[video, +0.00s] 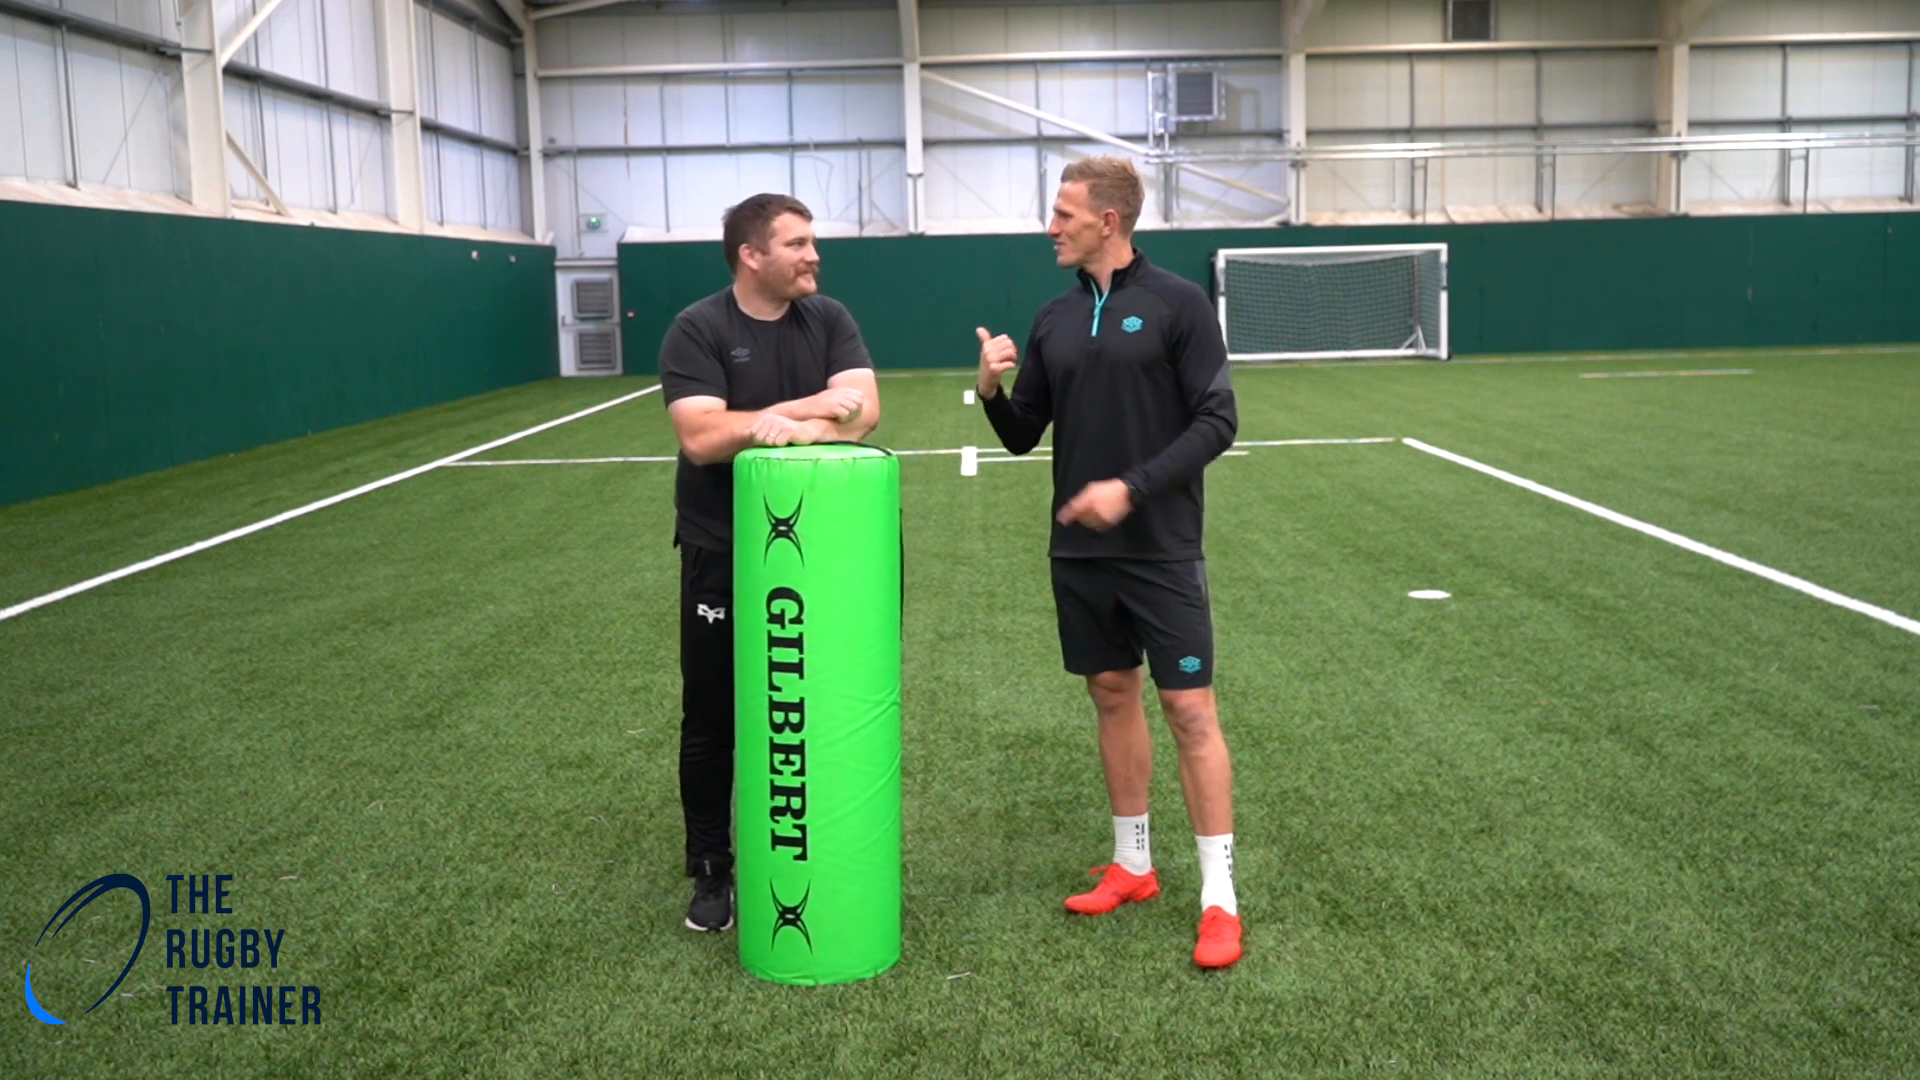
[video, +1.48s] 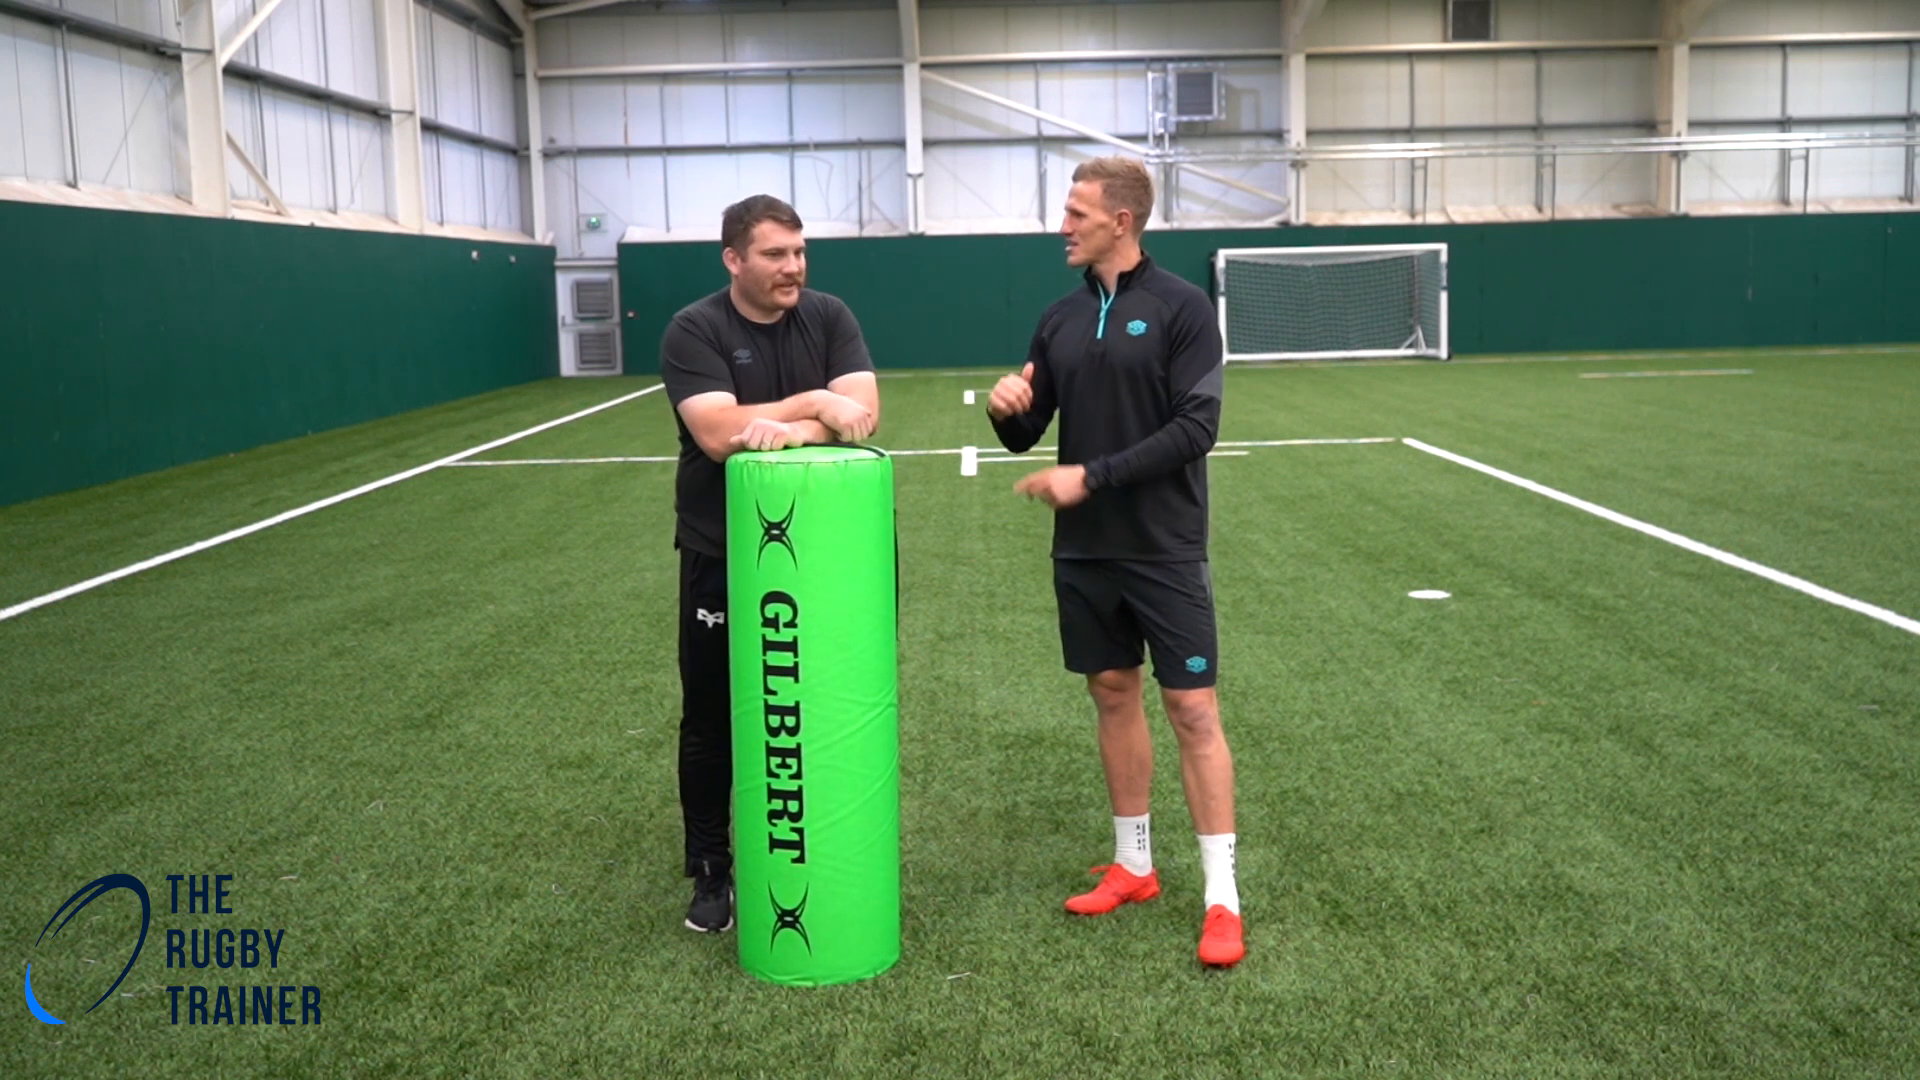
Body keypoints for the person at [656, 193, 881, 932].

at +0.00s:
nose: (812, 255)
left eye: (812, 243)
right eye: (797, 245)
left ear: (800, 251)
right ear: (750, 255)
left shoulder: (828, 317)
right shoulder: (698, 329)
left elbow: (861, 411)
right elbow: (698, 438)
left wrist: (764, 420)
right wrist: (811, 417)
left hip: (815, 552)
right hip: (721, 552)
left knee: (814, 711)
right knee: (713, 716)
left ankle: (817, 868)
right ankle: (713, 871)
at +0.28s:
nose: (776, 254)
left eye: (775, 242)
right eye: (760, 246)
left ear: (768, 249)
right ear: (712, 259)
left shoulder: (795, 315)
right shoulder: (664, 336)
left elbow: (836, 409)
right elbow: (679, 446)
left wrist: (742, 422)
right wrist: (789, 414)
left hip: (791, 555)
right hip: (701, 559)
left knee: (797, 713)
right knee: (701, 722)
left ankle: (803, 867)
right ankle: (711, 874)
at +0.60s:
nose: (757, 255)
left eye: (756, 242)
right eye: (741, 246)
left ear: (740, 254)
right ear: (692, 260)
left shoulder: (775, 314)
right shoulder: (646, 342)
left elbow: (828, 405)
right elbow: (680, 450)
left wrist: (753, 425)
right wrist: (785, 412)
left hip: (782, 554)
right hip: (693, 561)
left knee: (793, 716)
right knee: (694, 726)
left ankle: (804, 866)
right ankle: (710, 873)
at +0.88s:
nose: (755, 257)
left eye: (755, 244)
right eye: (739, 247)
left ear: (750, 251)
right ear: (691, 260)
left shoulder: (778, 316)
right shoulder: (646, 340)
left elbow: (830, 406)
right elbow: (685, 443)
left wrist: (764, 423)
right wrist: (788, 406)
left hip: (783, 556)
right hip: (693, 562)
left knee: (793, 716)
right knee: (694, 726)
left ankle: (802, 868)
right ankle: (710, 874)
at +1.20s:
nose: (769, 259)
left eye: (772, 245)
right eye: (752, 248)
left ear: (774, 250)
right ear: (706, 258)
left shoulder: (801, 316)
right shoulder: (668, 333)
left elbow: (842, 408)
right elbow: (717, 429)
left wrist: (775, 425)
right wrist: (814, 399)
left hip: (796, 555)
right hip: (702, 557)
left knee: (799, 711)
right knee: (703, 720)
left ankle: (805, 864)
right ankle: (711, 870)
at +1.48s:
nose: (792, 266)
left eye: (799, 252)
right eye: (775, 255)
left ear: (805, 253)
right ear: (732, 260)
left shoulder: (828, 316)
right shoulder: (695, 330)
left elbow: (859, 417)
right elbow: (718, 433)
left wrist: (779, 424)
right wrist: (821, 406)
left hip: (816, 553)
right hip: (720, 555)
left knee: (815, 712)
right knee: (712, 718)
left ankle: (819, 868)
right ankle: (712, 871)